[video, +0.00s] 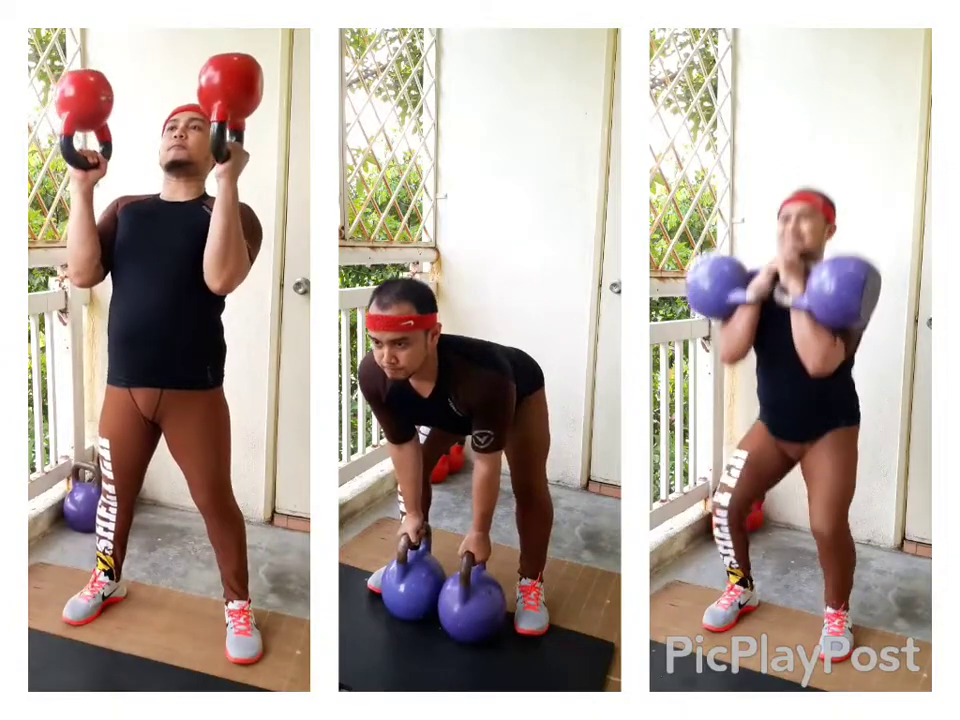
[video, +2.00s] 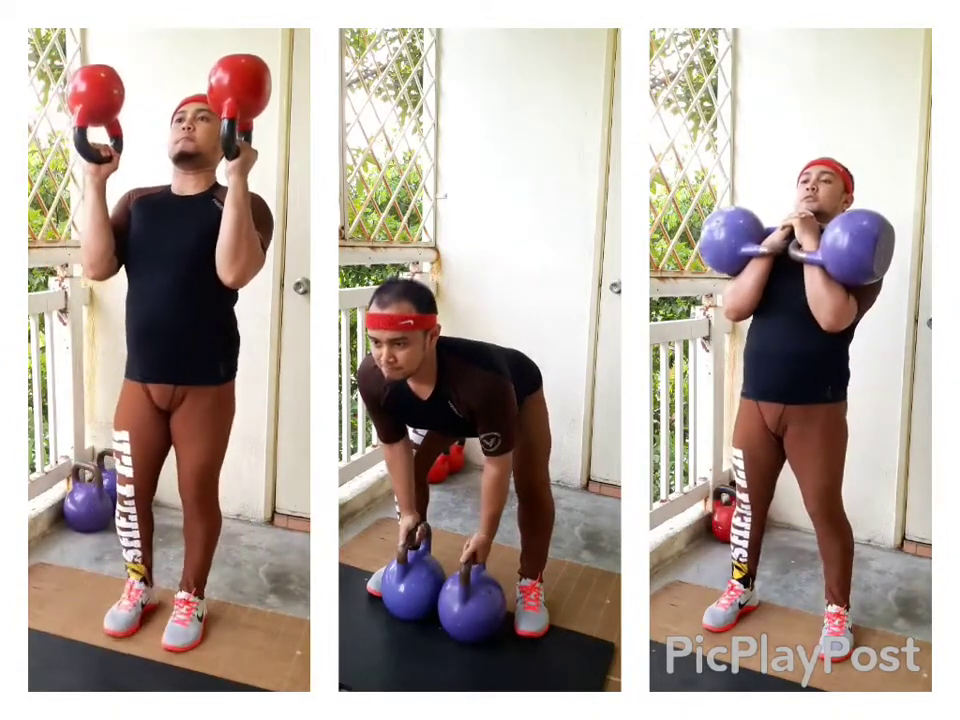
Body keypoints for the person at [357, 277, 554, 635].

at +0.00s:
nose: (387, 358)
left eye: (401, 344)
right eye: (377, 344)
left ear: (433, 335)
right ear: (369, 338)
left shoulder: (484, 379)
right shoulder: (374, 376)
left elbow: (486, 463)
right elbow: (403, 444)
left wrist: (479, 532)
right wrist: (412, 512)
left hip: (514, 390)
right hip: (451, 398)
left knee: (530, 486)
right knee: (415, 470)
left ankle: (531, 583)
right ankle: (410, 563)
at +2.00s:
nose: (386, 357)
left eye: (399, 344)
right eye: (376, 343)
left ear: (432, 335)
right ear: (368, 338)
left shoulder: (483, 380)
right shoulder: (373, 378)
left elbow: (497, 466)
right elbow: (394, 447)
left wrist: (485, 535)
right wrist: (407, 514)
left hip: (513, 392)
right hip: (448, 401)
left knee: (533, 487)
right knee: (412, 469)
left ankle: (531, 583)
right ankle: (408, 563)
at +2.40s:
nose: (393, 343)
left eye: (406, 330)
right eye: (382, 329)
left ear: (437, 318)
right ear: (373, 323)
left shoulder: (484, 360)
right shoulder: (378, 361)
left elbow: (516, 429)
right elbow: (399, 417)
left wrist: (486, 499)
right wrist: (412, 480)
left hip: (513, 395)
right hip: (452, 402)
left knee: (536, 486)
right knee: (407, 472)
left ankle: (531, 583)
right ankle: (406, 560)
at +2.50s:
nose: (392, 338)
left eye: (405, 325)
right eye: (381, 325)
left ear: (436, 312)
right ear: (372, 318)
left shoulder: (483, 349)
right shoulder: (377, 352)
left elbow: (527, 406)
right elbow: (396, 397)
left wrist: (491, 473)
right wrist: (408, 457)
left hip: (511, 399)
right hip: (452, 402)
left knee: (537, 485)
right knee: (410, 468)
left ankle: (531, 582)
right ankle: (412, 557)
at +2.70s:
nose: (391, 332)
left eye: (404, 318)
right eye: (380, 319)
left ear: (435, 305)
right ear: (371, 312)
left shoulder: (484, 334)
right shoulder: (376, 335)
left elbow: (542, 357)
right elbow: (394, 366)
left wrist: (498, 421)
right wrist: (407, 407)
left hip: (511, 393)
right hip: (447, 397)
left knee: (540, 482)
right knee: (411, 464)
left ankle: (531, 582)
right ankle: (413, 551)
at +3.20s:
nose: (396, 319)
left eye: (408, 305)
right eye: (385, 306)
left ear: (439, 291)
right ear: (375, 299)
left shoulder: (488, 332)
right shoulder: (379, 336)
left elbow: (528, 393)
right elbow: (398, 386)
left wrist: (491, 468)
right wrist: (412, 447)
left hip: (511, 400)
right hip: (450, 403)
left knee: (537, 486)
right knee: (407, 467)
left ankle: (531, 582)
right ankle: (411, 555)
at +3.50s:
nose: (395, 344)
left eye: (407, 331)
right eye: (384, 331)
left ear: (438, 314)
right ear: (375, 325)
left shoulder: (487, 355)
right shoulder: (379, 363)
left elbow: (512, 435)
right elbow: (401, 428)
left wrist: (484, 515)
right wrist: (411, 499)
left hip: (516, 396)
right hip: (456, 404)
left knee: (537, 486)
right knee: (412, 470)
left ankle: (532, 584)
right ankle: (407, 563)